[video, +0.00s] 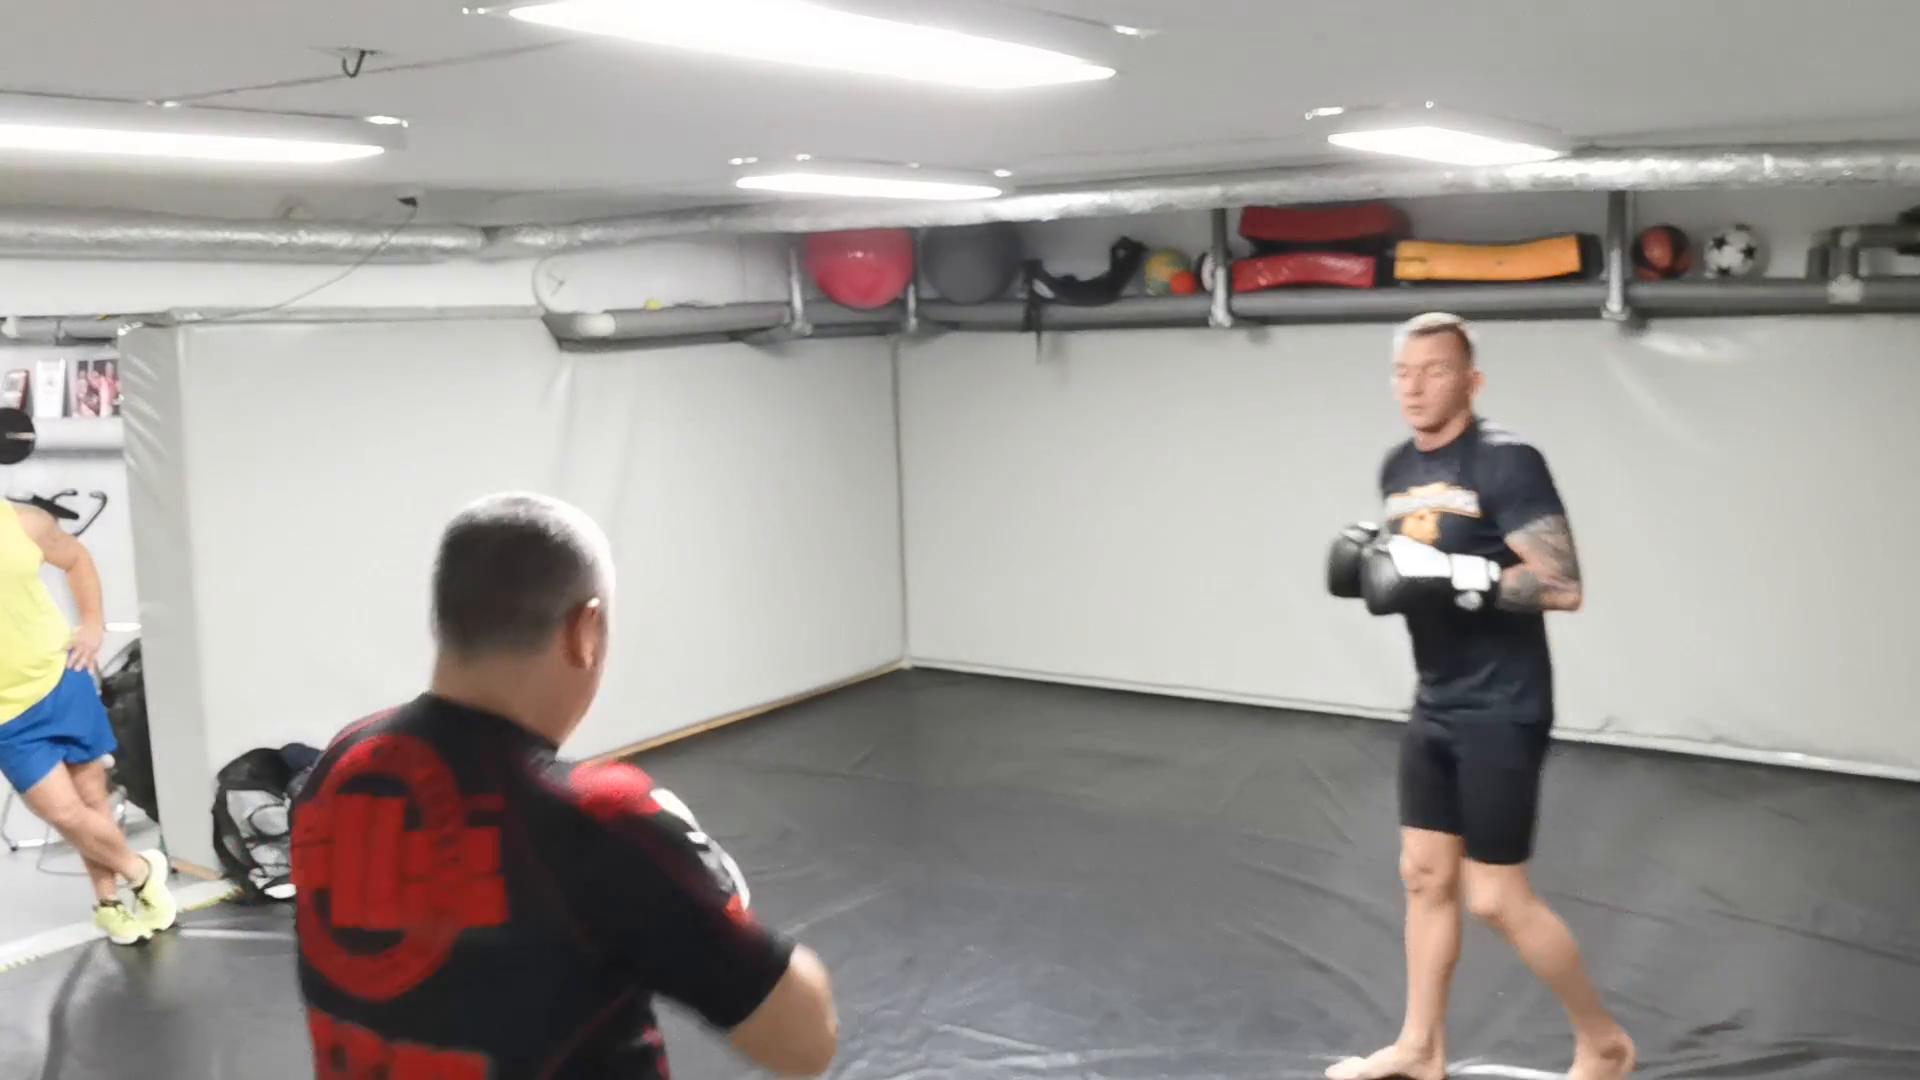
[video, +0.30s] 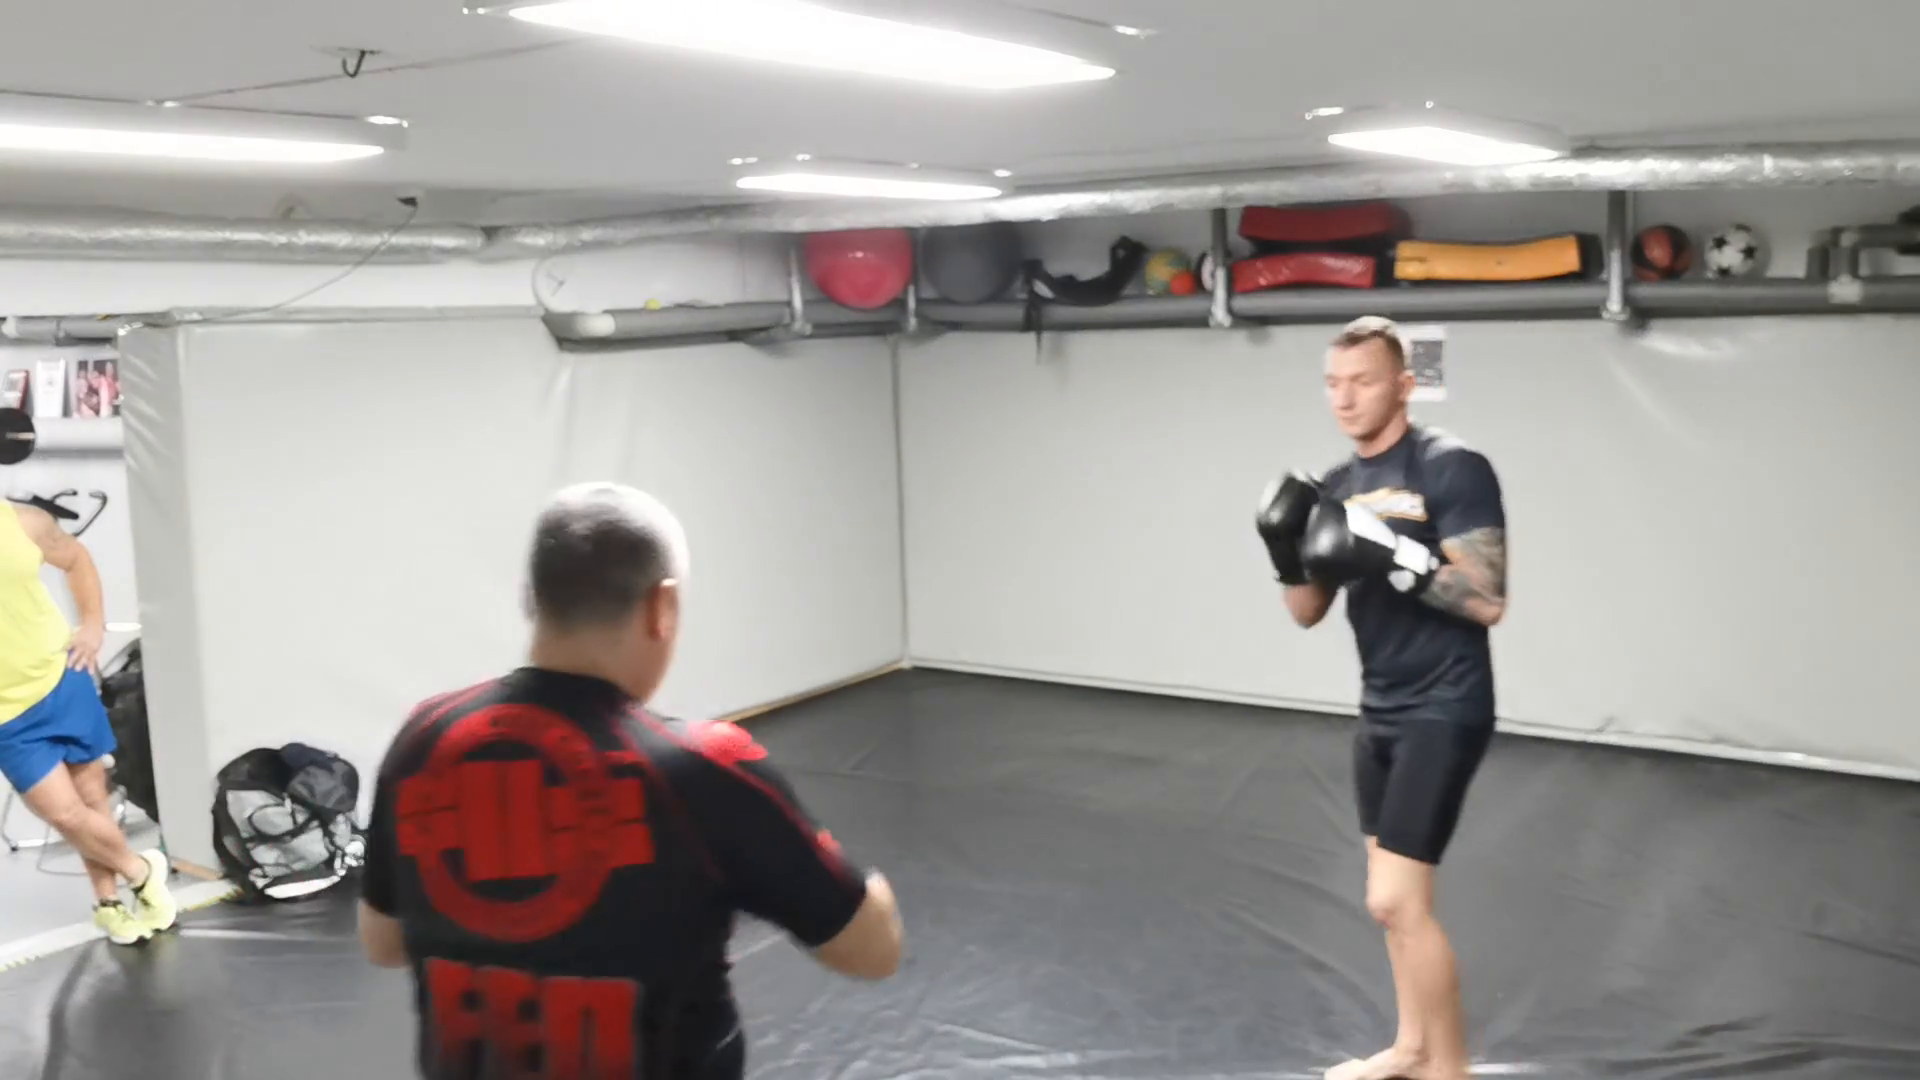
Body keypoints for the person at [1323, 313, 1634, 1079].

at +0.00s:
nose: (1413, 387)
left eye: (1431, 371)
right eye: (1403, 373)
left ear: (1471, 379)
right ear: (1394, 381)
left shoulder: (1510, 464)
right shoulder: (1399, 469)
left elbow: (1564, 587)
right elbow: (1414, 565)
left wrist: (1459, 573)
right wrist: (1368, 563)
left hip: (1505, 706)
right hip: (1434, 702)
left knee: (1497, 894)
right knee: (1425, 877)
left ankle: (1604, 1041)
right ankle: (1420, 1047)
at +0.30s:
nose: (1343, 398)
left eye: (1360, 383)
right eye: (1335, 385)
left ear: (1402, 386)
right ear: (1328, 393)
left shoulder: (1454, 469)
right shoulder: (1337, 486)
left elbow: (1486, 602)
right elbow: (1307, 610)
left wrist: (1390, 555)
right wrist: (1289, 543)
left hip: (1447, 706)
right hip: (1380, 706)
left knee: (1397, 900)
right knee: (1392, 899)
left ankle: (1451, 1066)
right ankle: (1413, 1047)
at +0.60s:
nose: (1294, 427)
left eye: (1311, 409)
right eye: (1287, 411)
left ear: (1358, 410)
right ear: (1282, 414)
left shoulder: (1405, 497)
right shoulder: (1305, 497)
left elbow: (1406, 638)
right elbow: (1251, 613)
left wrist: (1324, 564)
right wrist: (1245, 529)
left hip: (1396, 737)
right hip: (1342, 732)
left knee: (1343, 931)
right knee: (1371, 904)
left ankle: (1347, 1074)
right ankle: (1413, 1050)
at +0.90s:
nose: (1257, 430)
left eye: (1273, 412)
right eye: (1250, 412)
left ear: (1324, 409)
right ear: (1248, 410)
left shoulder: (1360, 498)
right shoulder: (1277, 479)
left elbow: (1309, 637)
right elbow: (1218, 591)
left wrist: (1254, 552)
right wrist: (1202, 517)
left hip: (1354, 743)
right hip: (1309, 732)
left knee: (1326, 948)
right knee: (1287, 894)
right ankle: (1382, 1068)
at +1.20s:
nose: (1226, 440)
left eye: (1241, 422)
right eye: (1219, 422)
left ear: (1292, 413)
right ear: (1216, 419)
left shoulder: (1341, 495)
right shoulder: (1250, 494)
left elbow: (1331, 640)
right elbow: (1198, 615)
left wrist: (1252, 558)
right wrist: (1180, 519)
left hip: (1342, 742)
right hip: (1294, 738)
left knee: (1246, 938)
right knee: (1321, 926)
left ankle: (1296, 1074)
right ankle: (1365, 1072)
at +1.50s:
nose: (1199, 472)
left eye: (1215, 452)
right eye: (1192, 455)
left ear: (1270, 446)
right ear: (1188, 454)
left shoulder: (1317, 523)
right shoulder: (1236, 524)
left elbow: (1277, 664)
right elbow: (1155, 627)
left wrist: (1216, 573)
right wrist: (1151, 523)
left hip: (1340, 774)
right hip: (1293, 769)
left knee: (1207, 969)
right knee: (1297, 943)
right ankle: (1372, 1073)